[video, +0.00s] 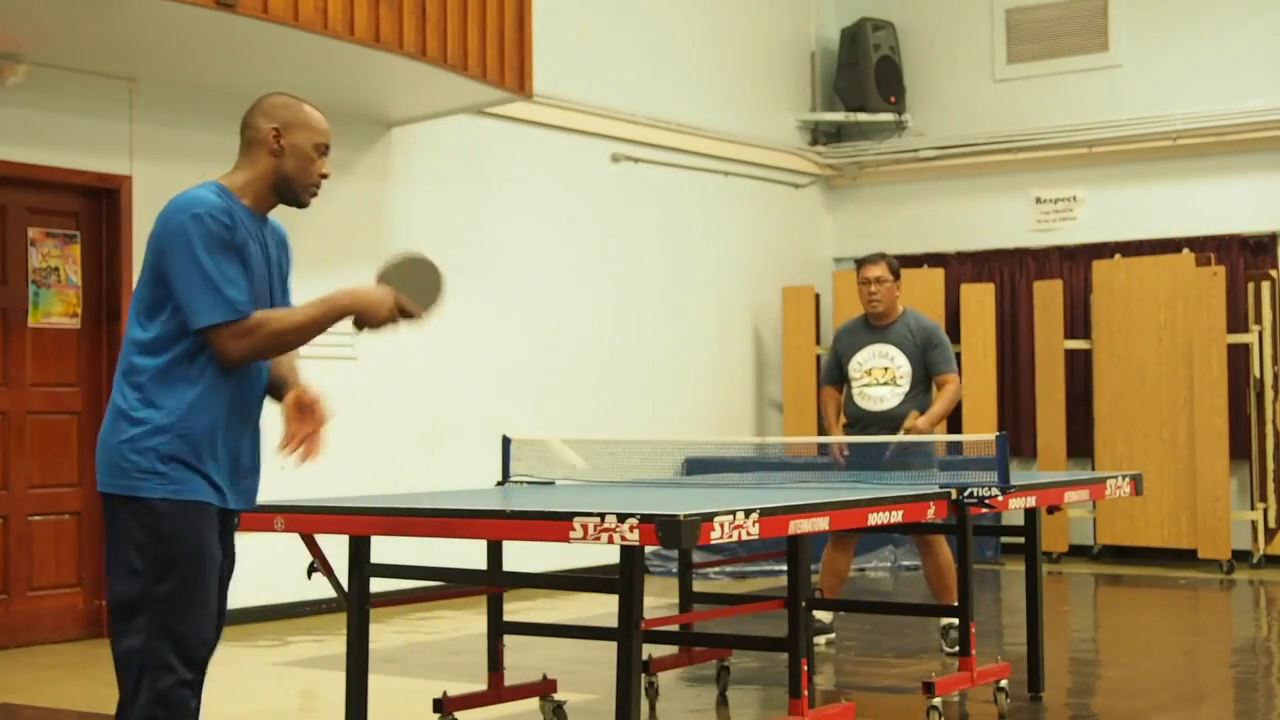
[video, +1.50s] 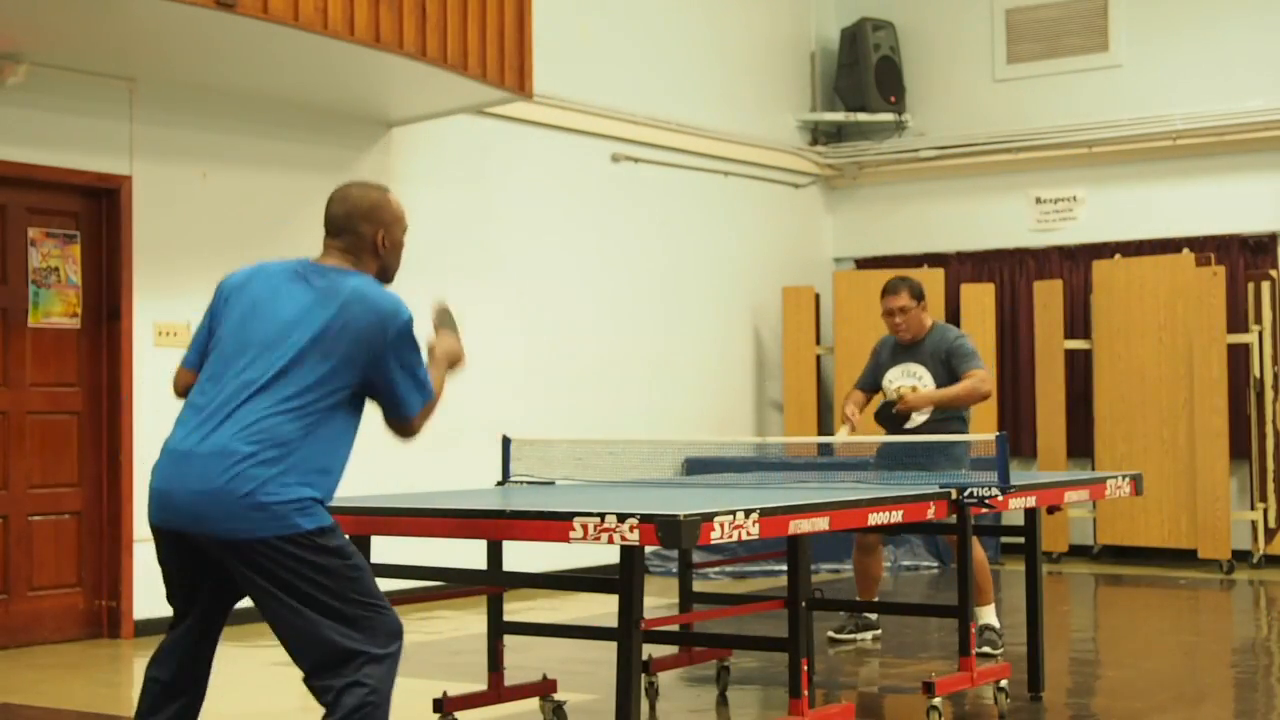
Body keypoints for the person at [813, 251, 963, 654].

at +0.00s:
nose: (872, 290)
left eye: (880, 282)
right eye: (865, 283)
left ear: (897, 286)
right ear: (857, 289)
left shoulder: (925, 331)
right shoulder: (846, 336)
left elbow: (950, 386)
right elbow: (830, 387)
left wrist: (928, 420)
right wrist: (833, 428)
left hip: (911, 455)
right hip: (858, 456)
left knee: (928, 533)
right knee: (842, 533)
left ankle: (951, 620)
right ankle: (822, 616)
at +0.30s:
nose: (880, 301)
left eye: (888, 294)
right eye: (873, 294)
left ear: (906, 296)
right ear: (865, 298)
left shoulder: (930, 337)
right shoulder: (855, 339)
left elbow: (962, 386)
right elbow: (837, 387)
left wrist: (924, 404)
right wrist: (840, 415)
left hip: (916, 454)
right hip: (861, 455)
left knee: (935, 534)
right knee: (838, 534)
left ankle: (954, 619)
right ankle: (818, 616)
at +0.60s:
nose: (920, 321)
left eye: (928, 312)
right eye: (913, 313)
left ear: (949, 309)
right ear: (906, 312)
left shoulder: (971, 346)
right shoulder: (902, 338)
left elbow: (1004, 385)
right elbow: (879, 380)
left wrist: (946, 397)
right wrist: (860, 412)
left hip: (946, 468)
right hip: (894, 465)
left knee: (962, 538)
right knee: (861, 531)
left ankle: (980, 624)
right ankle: (824, 606)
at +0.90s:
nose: (936, 293)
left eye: (944, 285)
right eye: (930, 285)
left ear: (966, 288)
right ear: (924, 288)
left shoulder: (983, 330)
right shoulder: (919, 323)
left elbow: (988, 368)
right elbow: (898, 364)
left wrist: (959, 377)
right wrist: (878, 390)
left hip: (957, 449)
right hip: (905, 445)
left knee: (968, 533)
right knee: (876, 521)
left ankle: (981, 623)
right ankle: (852, 600)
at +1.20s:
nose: (917, 297)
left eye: (925, 289)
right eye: (910, 290)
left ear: (944, 293)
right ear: (903, 295)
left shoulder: (965, 339)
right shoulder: (891, 335)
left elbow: (986, 391)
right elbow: (869, 383)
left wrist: (955, 402)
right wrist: (867, 416)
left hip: (946, 456)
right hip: (895, 455)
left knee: (963, 534)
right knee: (879, 533)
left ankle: (981, 624)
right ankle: (866, 616)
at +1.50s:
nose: (895, 321)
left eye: (902, 311)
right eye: (889, 314)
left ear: (923, 307)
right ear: (883, 314)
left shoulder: (951, 341)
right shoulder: (885, 348)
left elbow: (982, 385)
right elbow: (860, 392)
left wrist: (927, 399)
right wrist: (851, 409)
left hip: (944, 459)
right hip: (895, 458)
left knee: (960, 534)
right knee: (867, 535)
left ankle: (988, 624)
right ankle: (865, 616)